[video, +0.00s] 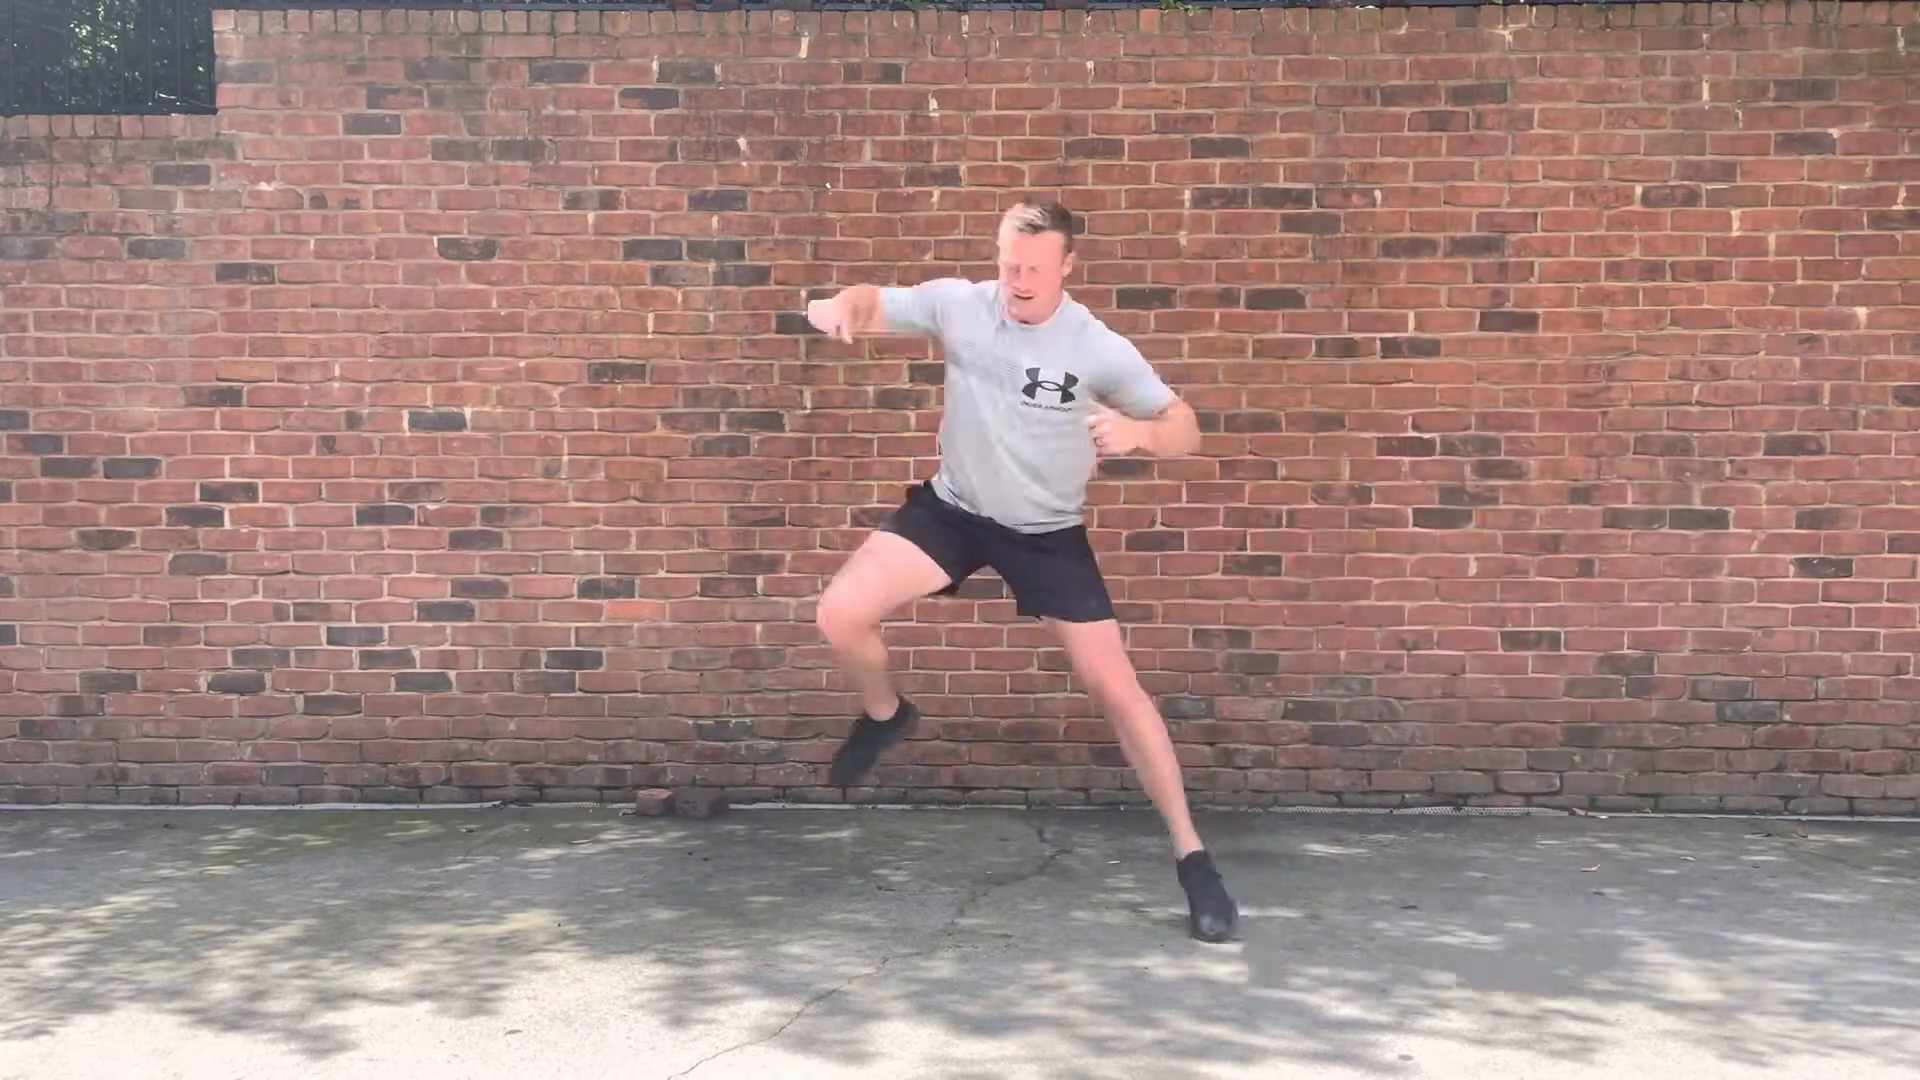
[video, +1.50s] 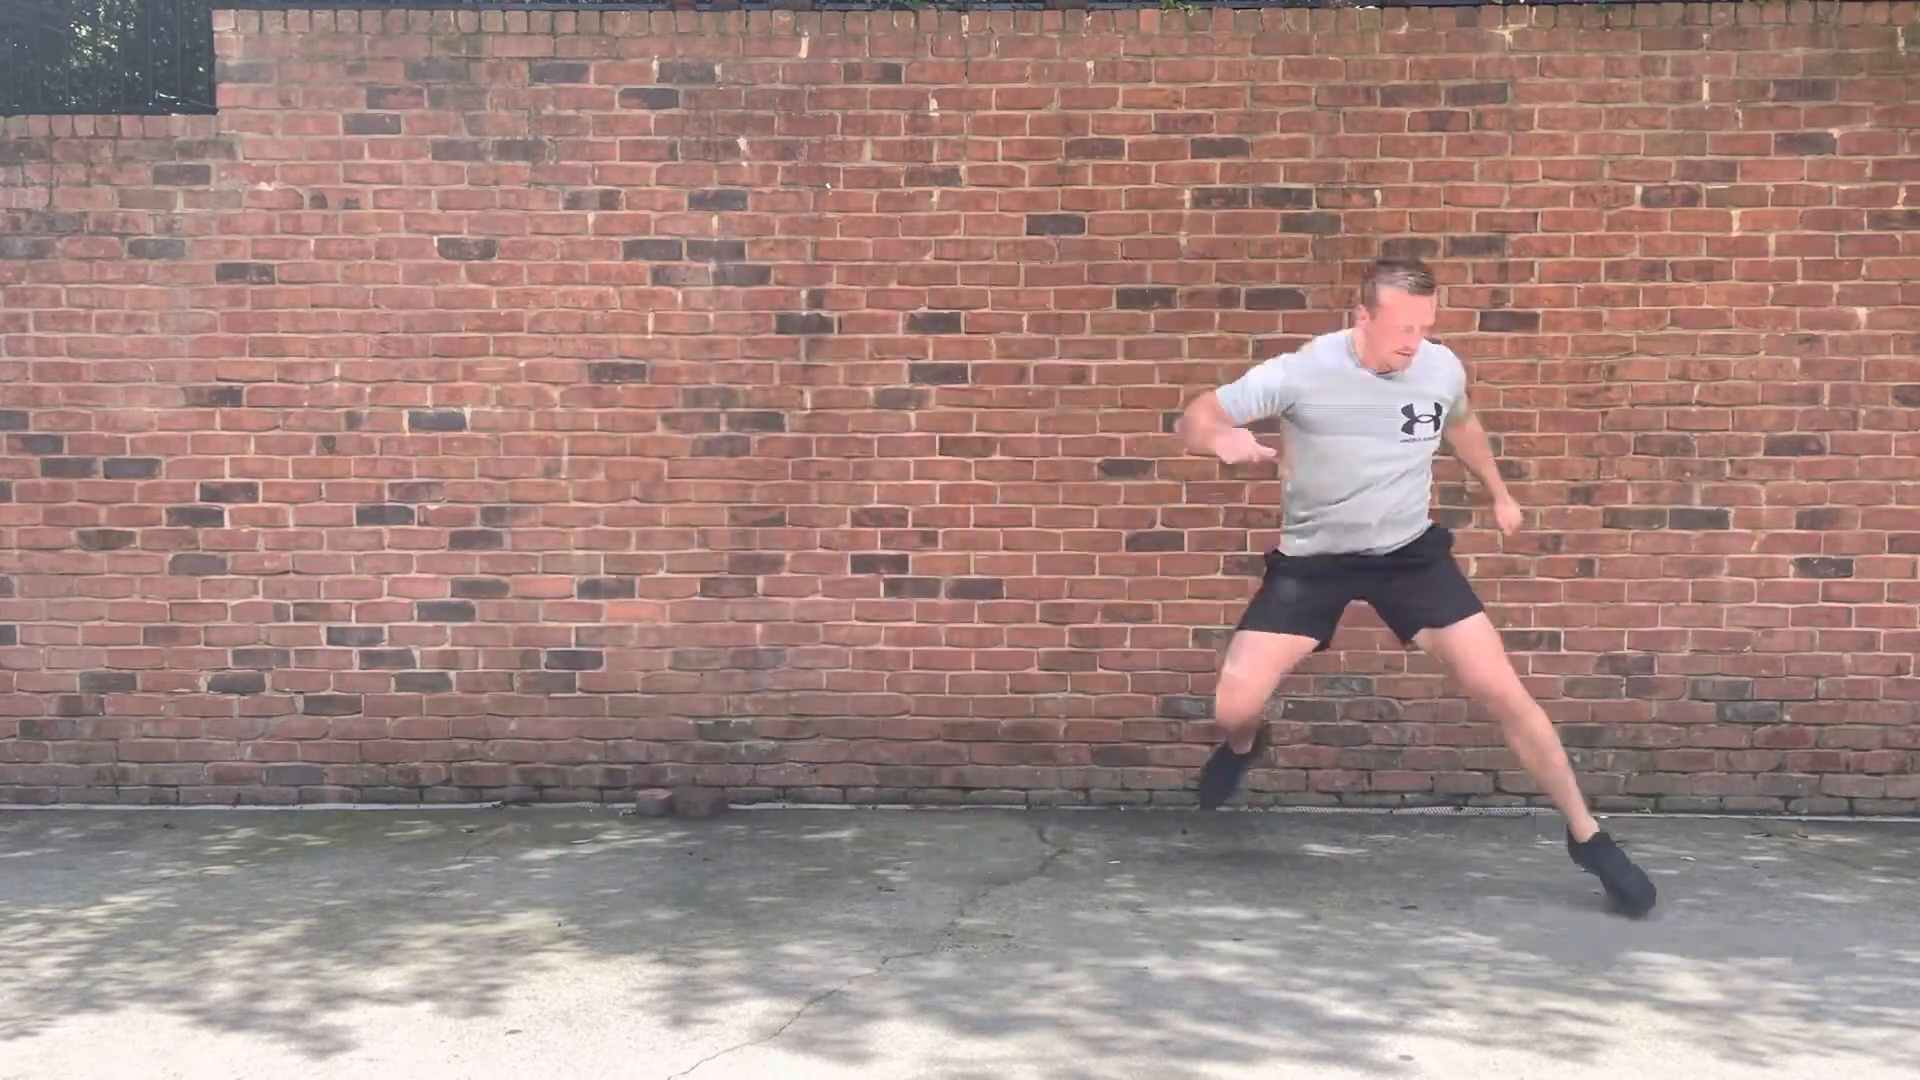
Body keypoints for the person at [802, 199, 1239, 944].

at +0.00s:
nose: (1020, 283)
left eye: (1036, 271)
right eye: (1011, 268)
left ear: (1066, 268)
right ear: (997, 259)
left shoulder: (1097, 347)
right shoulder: (957, 304)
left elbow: (1184, 429)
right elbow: (871, 305)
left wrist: (1141, 435)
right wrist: (840, 310)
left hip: (1048, 535)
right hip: (952, 511)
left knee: (1118, 692)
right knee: (840, 615)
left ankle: (1192, 858)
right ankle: (885, 714)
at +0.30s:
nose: (692, 374)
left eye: (705, 358)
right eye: (680, 359)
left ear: (736, 347)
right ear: (669, 354)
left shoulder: (791, 402)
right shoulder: (650, 408)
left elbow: (880, 432)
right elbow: (605, 446)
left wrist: (831, 484)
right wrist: (548, 482)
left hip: (780, 599)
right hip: (680, 594)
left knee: (833, 751)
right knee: (597, 726)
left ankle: (819, 763)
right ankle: (528, 867)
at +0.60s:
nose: (601, 446)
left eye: (610, 428)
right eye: (585, 435)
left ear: (637, 415)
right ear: (570, 435)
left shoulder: (692, 457)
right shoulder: (560, 501)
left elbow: (800, 443)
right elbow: (501, 570)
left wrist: (701, 429)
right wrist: (468, 591)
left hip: (719, 632)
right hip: (626, 631)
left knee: (710, 784)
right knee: (541, 737)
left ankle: (664, 792)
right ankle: (520, 874)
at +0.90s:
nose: (831, 298)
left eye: (841, 281)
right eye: (815, 285)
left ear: (855, 272)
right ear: (787, 283)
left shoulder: (907, 331)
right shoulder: (759, 353)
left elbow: (989, 390)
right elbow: (693, 420)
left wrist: (1043, 480)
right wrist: (661, 485)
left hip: (902, 520)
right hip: (811, 530)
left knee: (937, 660)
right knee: (771, 682)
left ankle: (883, 712)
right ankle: (801, 814)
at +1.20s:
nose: (1084, 318)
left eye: (1091, 304)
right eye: (1070, 306)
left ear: (1098, 299)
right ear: (1031, 304)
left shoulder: (1130, 351)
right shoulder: (992, 385)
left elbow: (1211, 406)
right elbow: (931, 457)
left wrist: (1203, 436)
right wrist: (917, 479)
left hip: (1130, 538)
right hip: (1037, 559)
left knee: (1234, 634)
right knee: (993, 706)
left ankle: (1176, 748)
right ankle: (944, 848)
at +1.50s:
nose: (1414, 342)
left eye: (1424, 328)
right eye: (1401, 326)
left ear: (1432, 320)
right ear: (1361, 315)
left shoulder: (1440, 369)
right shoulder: (1303, 371)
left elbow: (1458, 422)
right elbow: (1195, 418)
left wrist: (1499, 492)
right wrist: (1222, 436)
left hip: (1412, 557)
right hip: (1310, 562)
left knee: (1502, 690)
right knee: (1231, 708)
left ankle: (1587, 834)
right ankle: (1241, 746)